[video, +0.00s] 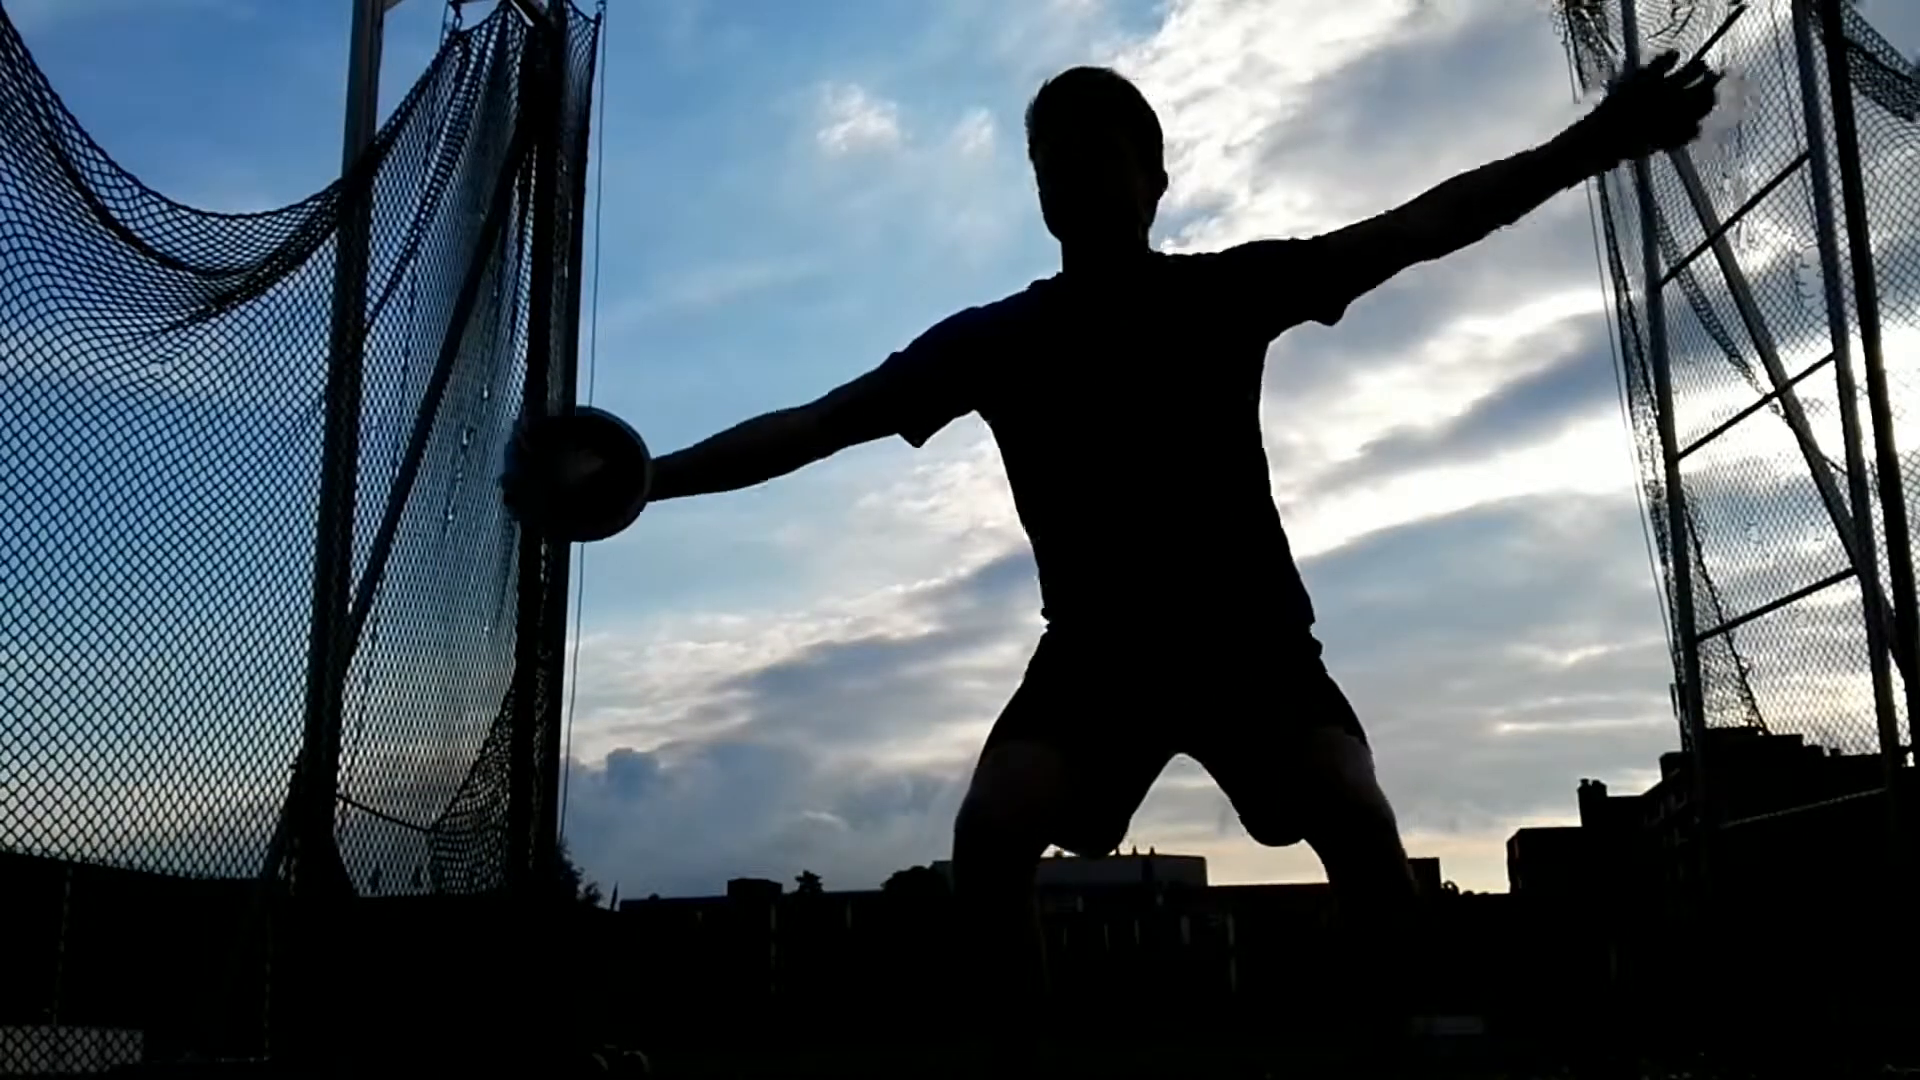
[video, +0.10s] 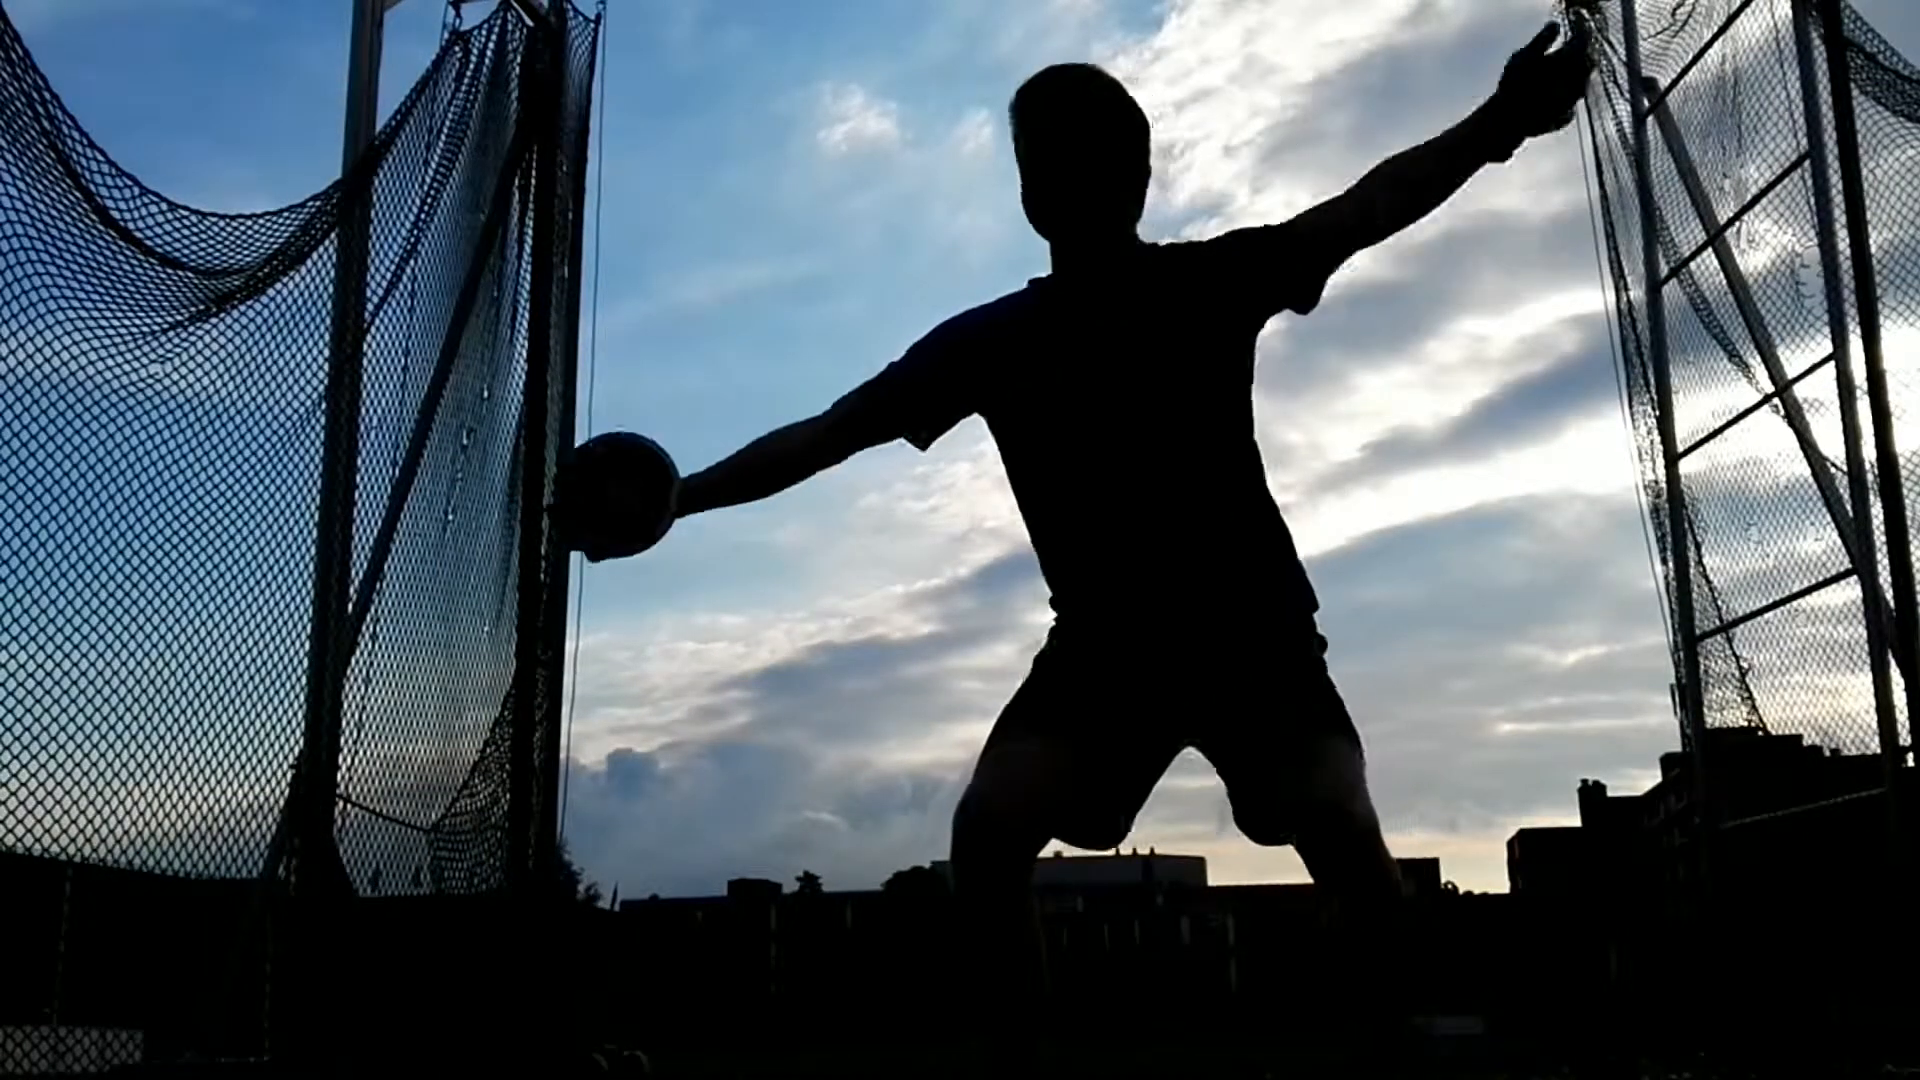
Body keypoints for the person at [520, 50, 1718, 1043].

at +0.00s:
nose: (1116, 178)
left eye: (1127, 156)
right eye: (1094, 158)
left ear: (1142, 176)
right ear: (1066, 183)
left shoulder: (1239, 286)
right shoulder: (987, 346)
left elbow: (1431, 226)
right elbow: (822, 425)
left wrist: (1594, 143)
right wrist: (651, 479)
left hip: (1247, 648)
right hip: (1097, 665)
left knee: (1362, 842)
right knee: (993, 833)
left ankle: (1432, 1066)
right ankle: (1008, 1057)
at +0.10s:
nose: (1061, 179)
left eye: (1080, 152)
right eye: (1045, 158)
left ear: (1127, 163)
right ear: (1031, 179)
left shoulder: (1225, 280)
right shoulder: (978, 346)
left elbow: (1380, 207)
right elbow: (828, 437)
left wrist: (1506, 117)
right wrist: (678, 497)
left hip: (1252, 637)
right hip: (1100, 655)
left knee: (1346, 857)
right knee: (988, 845)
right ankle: (998, 1064)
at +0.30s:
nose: (997, 177)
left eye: (1015, 151)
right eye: (994, 157)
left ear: (1088, 155)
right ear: (1008, 173)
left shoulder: (1178, 258)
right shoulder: (1000, 332)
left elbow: (1177, 189)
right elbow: (904, 436)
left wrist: (1173, 122)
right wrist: (824, 497)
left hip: (1249, 605)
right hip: (1111, 625)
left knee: (1296, 851)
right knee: (983, 827)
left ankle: (1415, 1058)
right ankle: (1002, 1060)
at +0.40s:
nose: (986, 188)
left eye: (1004, 157)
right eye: (981, 165)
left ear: (1077, 148)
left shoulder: (1165, 251)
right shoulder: (1004, 330)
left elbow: (1113, 206)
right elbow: (928, 447)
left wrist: (1040, 129)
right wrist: (867, 495)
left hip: (1247, 600)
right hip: (1113, 620)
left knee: (1287, 867)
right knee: (982, 819)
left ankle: (1428, 1062)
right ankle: (1001, 1065)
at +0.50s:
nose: (966, 164)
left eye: (981, 140)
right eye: (965, 144)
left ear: (1049, 141)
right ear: (1071, 141)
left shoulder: (1118, 235)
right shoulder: (1050, 281)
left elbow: (960, 220)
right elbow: (1054, 395)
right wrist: (1014, 453)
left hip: (1234, 598)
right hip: (1125, 607)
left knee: (1261, 880)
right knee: (983, 814)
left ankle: (1437, 1066)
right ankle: (1000, 1057)